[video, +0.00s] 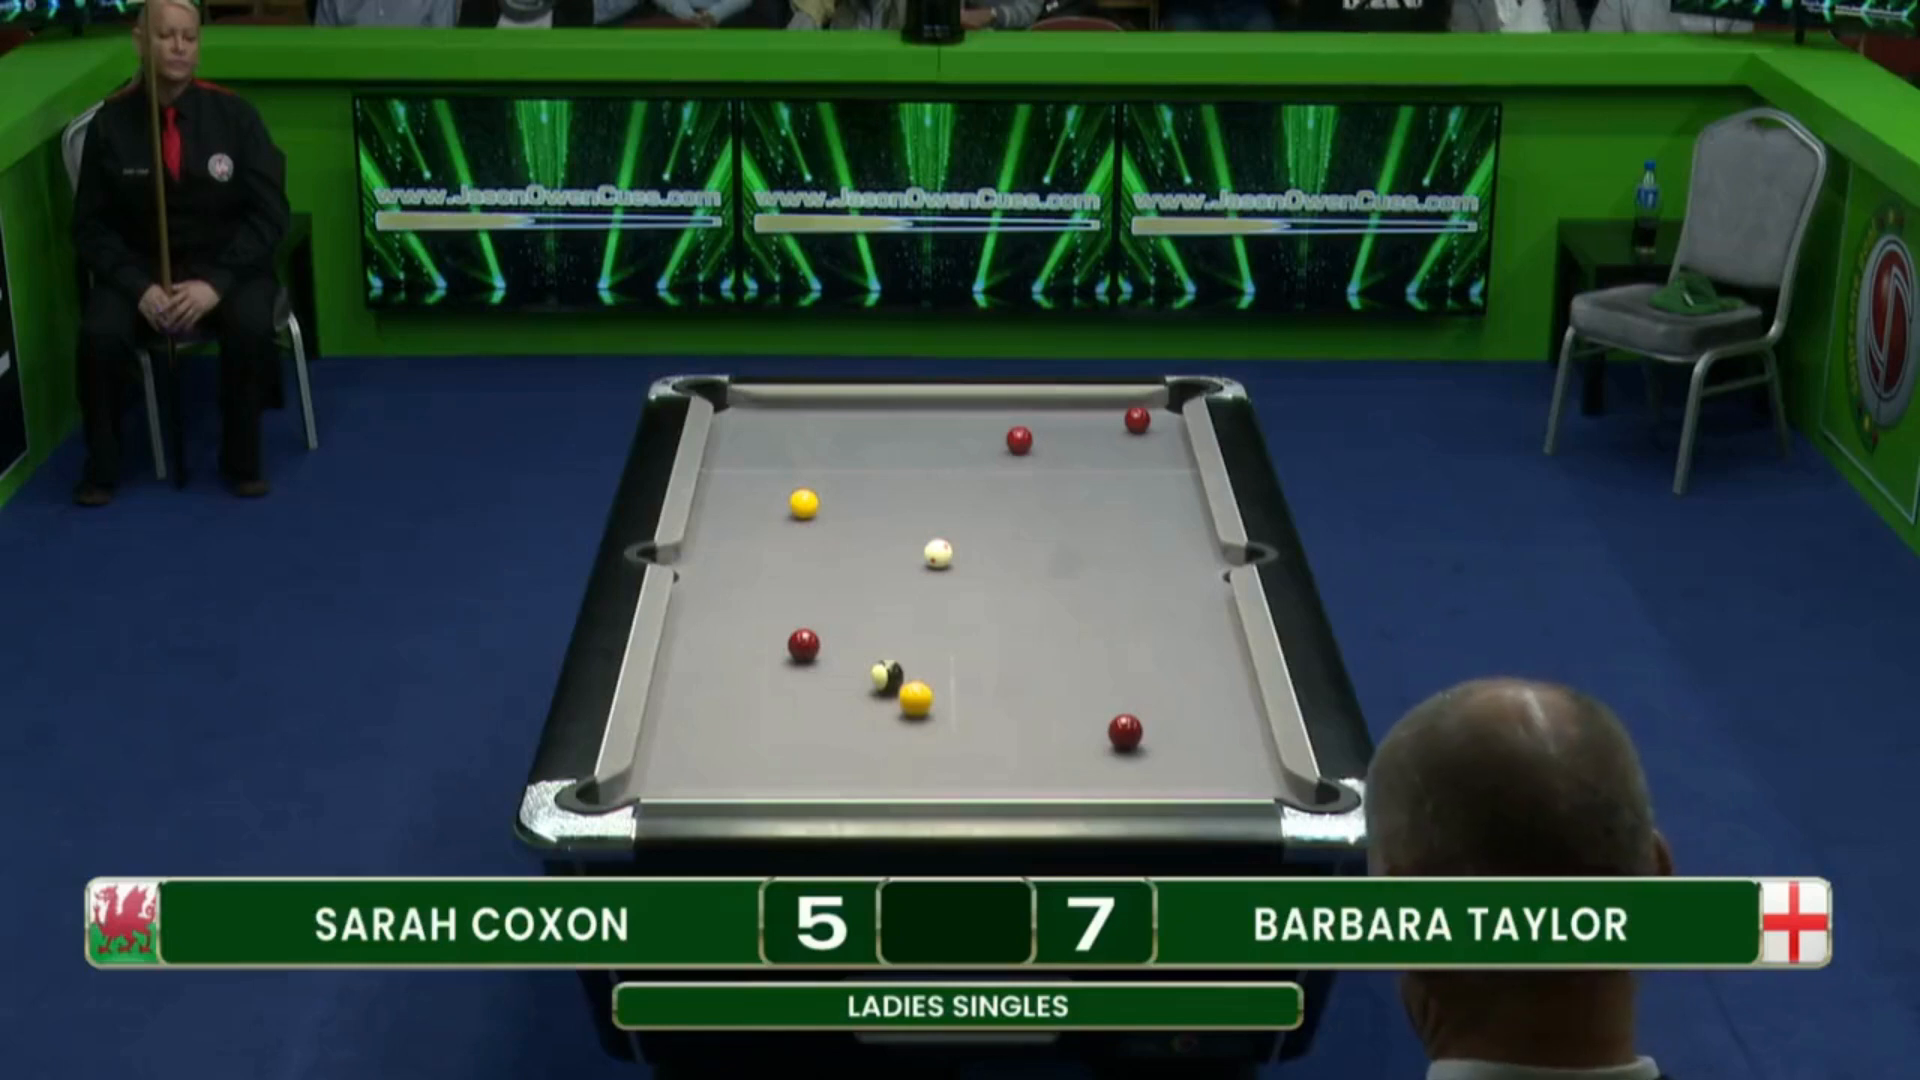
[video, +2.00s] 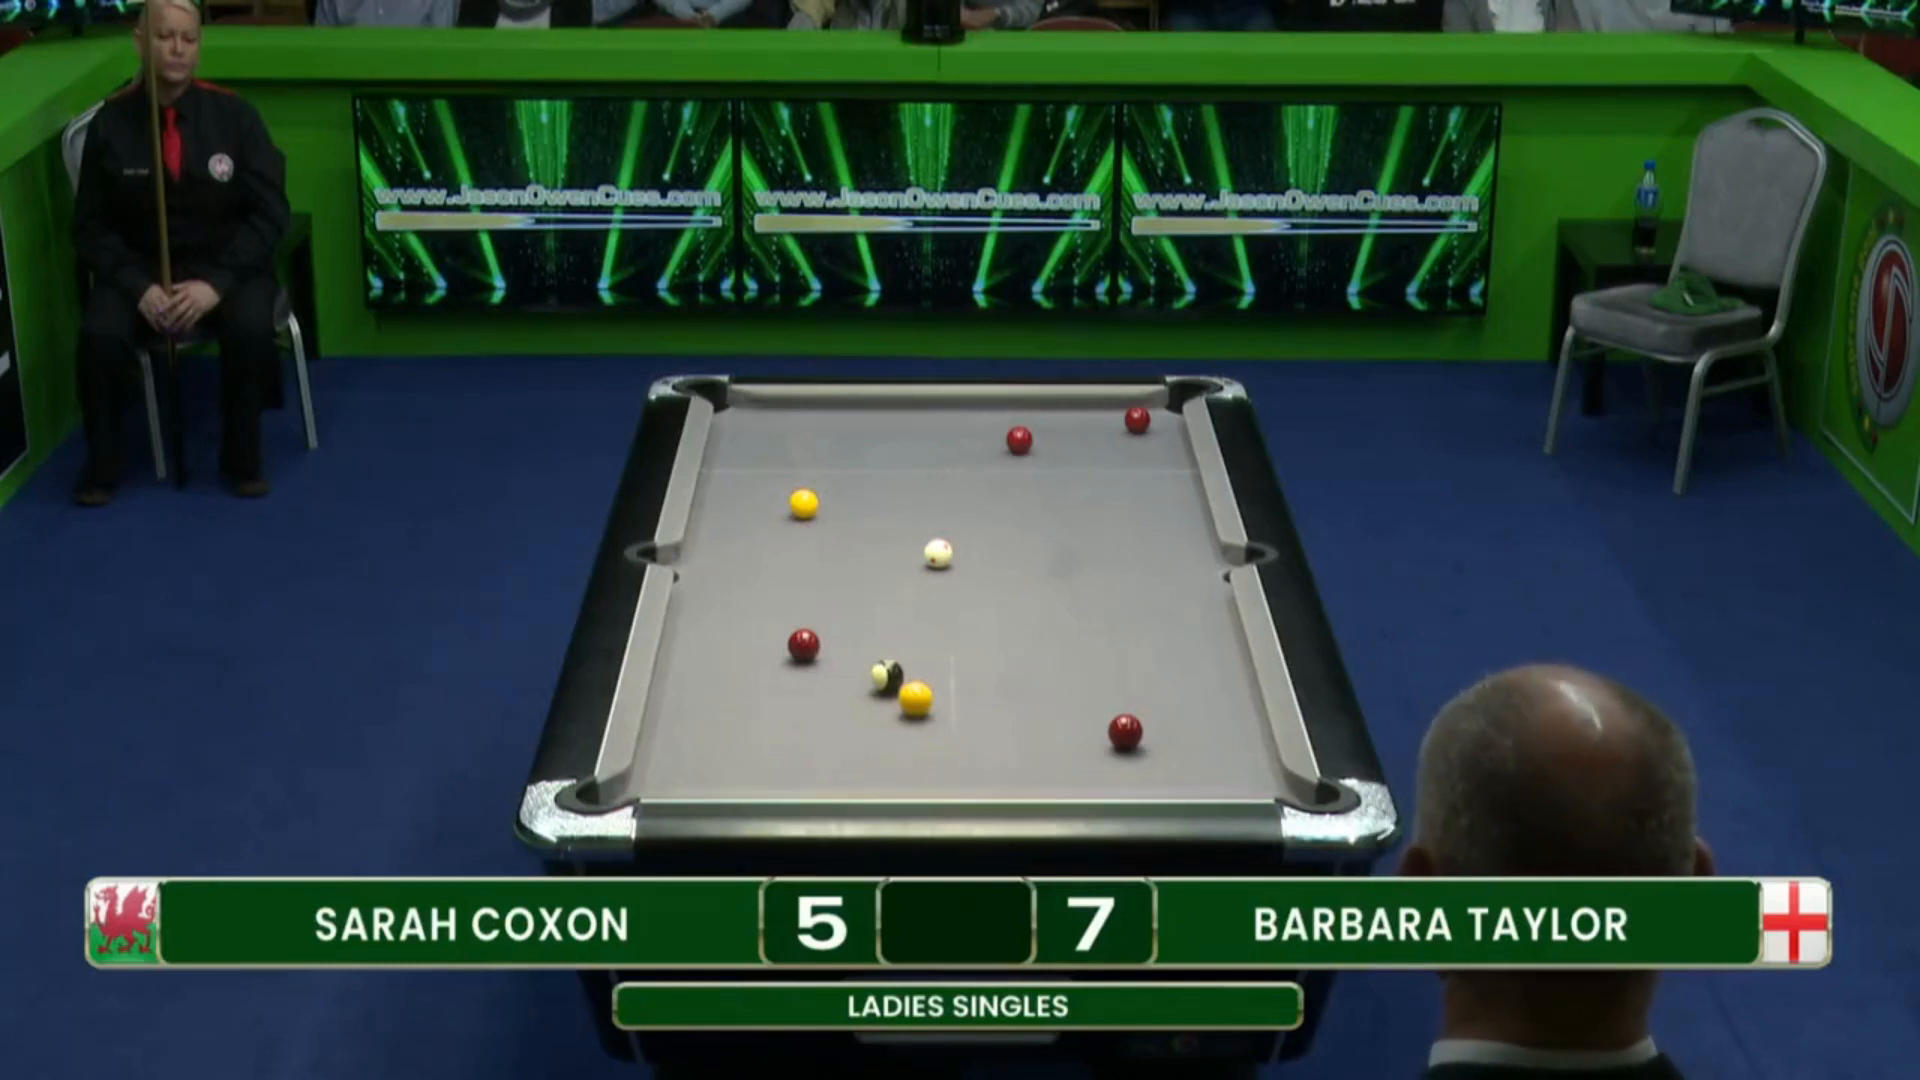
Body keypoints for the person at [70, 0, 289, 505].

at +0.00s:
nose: (180, 48)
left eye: (189, 37)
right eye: (166, 36)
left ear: (199, 44)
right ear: (141, 41)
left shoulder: (235, 115)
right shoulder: (111, 121)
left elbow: (269, 214)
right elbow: (90, 226)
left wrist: (213, 283)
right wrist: (140, 287)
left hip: (221, 267)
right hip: (138, 273)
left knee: (249, 327)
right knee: (102, 334)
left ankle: (243, 462)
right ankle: (102, 468)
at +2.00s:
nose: (178, 49)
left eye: (188, 38)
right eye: (165, 37)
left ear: (199, 44)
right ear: (141, 41)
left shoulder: (235, 115)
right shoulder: (111, 122)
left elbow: (269, 214)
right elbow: (90, 226)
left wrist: (213, 283)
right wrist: (140, 287)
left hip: (221, 267)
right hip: (138, 274)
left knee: (249, 329)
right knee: (101, 335)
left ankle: (243, 461)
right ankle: (102, 467)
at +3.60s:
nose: (179, 48)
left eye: (189, 38)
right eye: (165, 37)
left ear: (199, 44)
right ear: (141, 42)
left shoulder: (235, 115)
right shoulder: (111, 121)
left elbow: (269, 214)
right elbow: (90, 226)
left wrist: (214, 283)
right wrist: (140, 287)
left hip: (221, 267)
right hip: (138, 273)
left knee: (249, 329)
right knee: (101, 335)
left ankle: (244, 461)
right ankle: (101, 467)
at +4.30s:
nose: (179, 49)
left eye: (189, 38)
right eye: (165, 37)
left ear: (199, 44)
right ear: (141, 41)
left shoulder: (235, 115)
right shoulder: (111, 121)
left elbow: (269, 214)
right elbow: (90, 226)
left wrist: (214, 283)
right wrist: (140, 287)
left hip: (221, 266)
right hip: (138, 273)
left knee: (249, 329)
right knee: (101, 335)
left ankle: (243, 462)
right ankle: (101, 467)